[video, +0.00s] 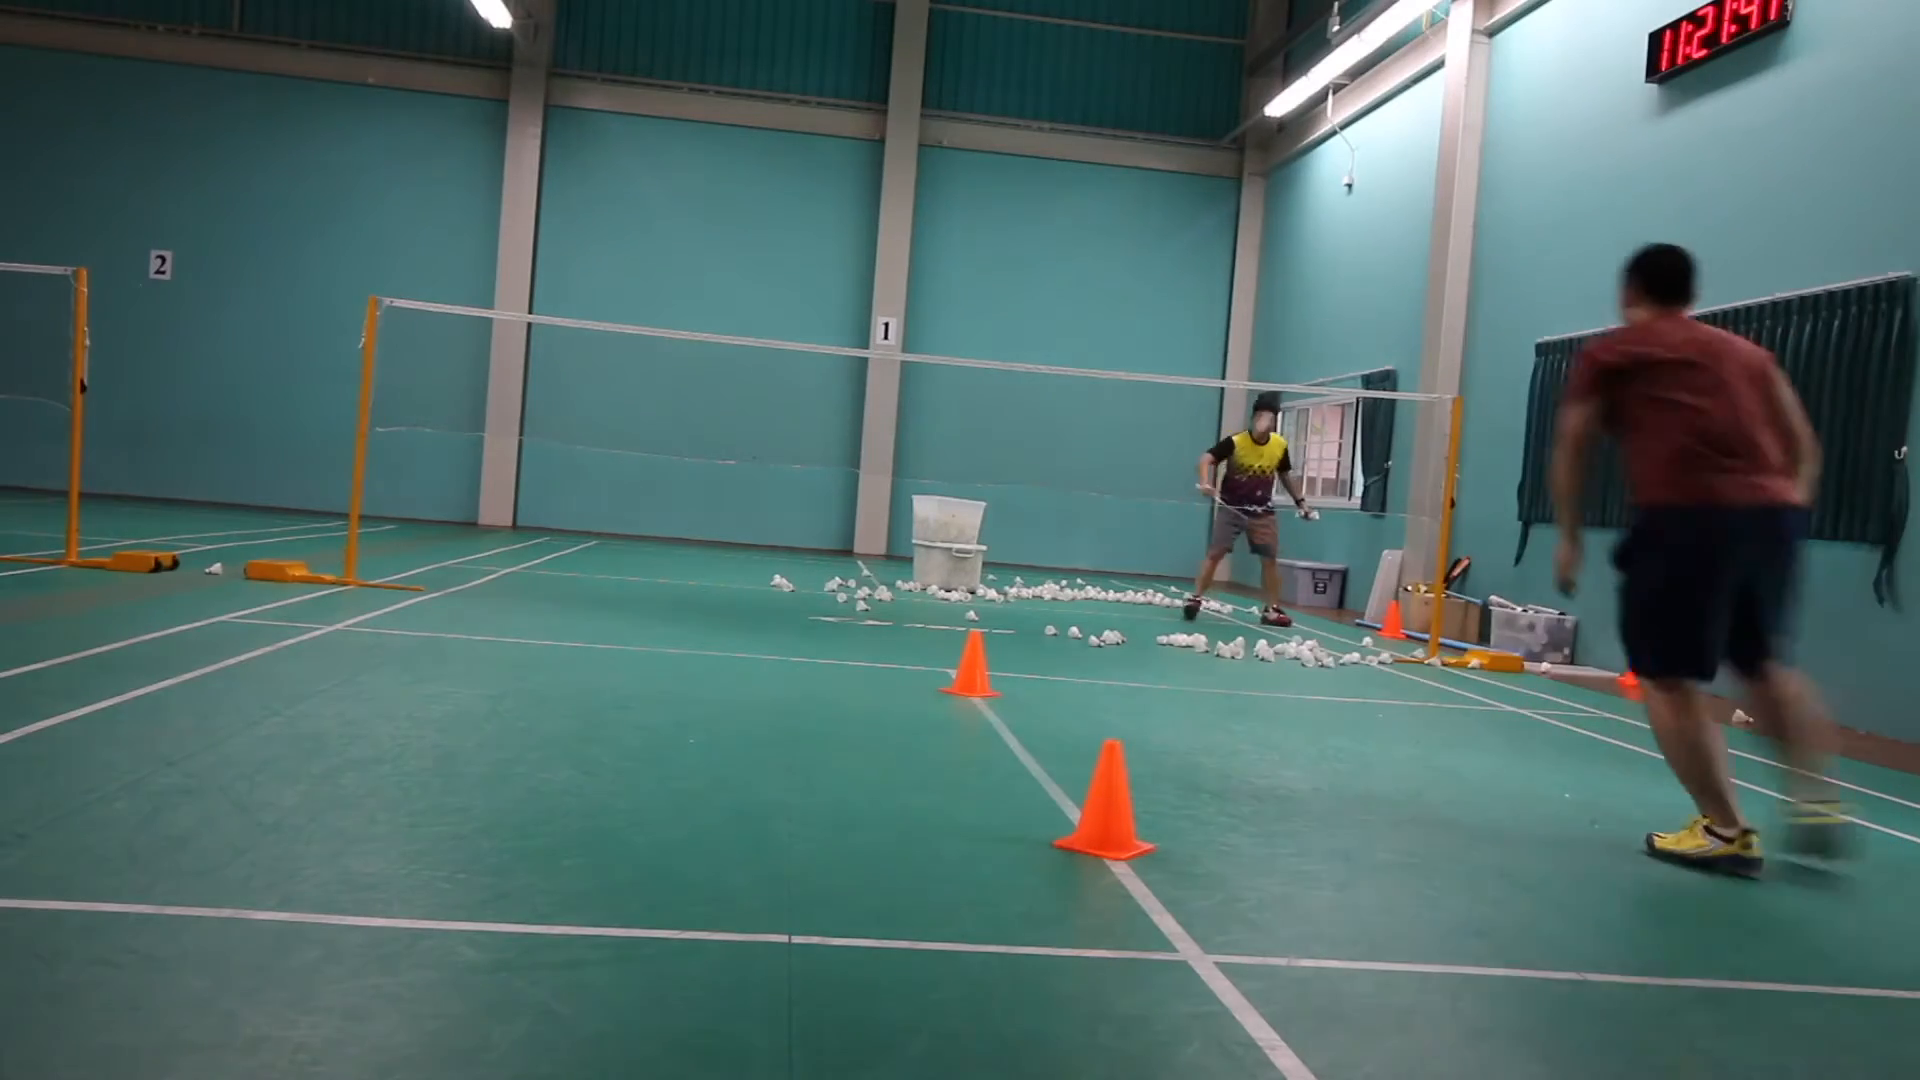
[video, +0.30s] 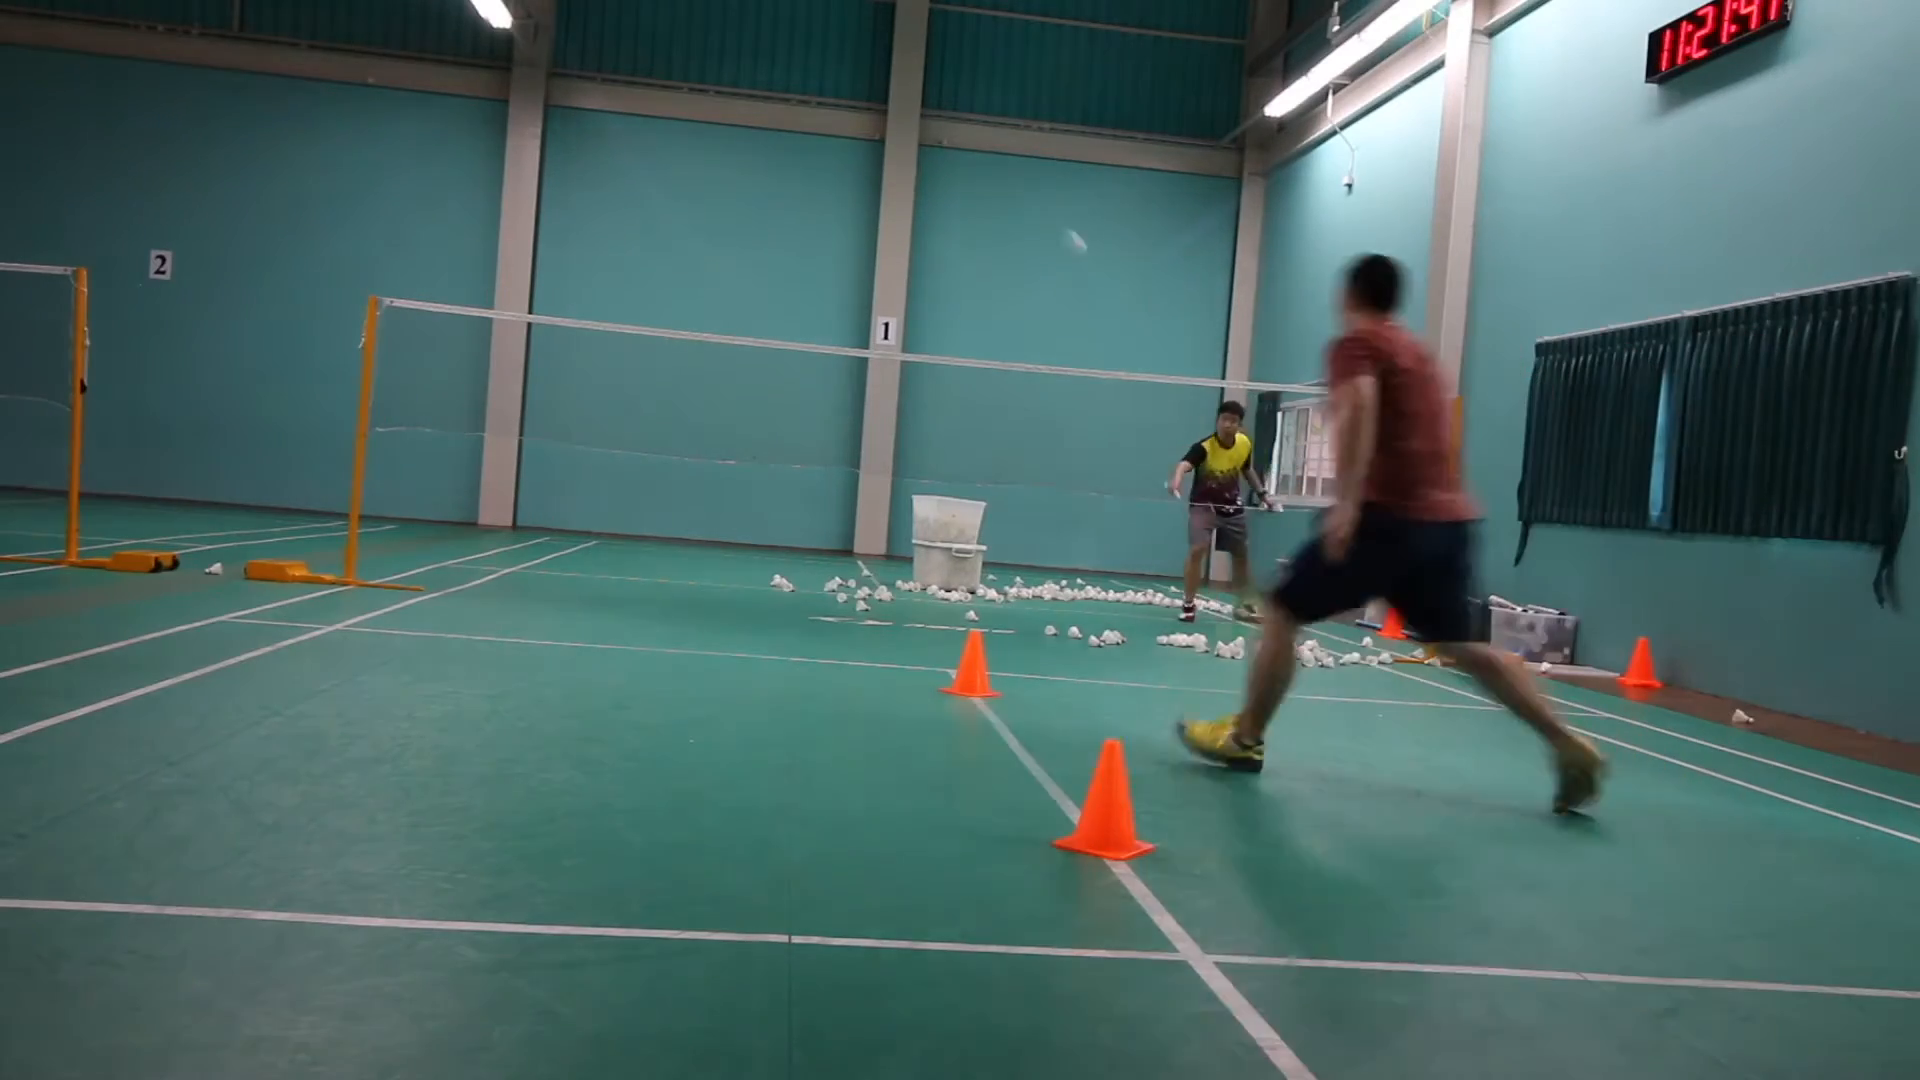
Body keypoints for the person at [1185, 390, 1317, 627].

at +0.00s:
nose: (1264, 420)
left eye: (1269, 416)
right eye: (1261, 415)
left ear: (1274, 420)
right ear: (1253, 417)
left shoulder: (1279, 446)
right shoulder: (1236, 442)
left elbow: (1286, 476)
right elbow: (1206, 459)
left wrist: (1300, 503)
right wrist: (1205, 483)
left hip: (1263, 513)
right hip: (1231, 509)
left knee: (1270, 559)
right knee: (1216, 554)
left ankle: (1272, 608)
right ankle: (1196, 598)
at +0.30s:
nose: (1228, 426)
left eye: (1233, 421)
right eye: (1225, 420)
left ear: (1240, 425)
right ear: (1217, 421)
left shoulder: (1245, 444)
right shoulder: (1205, 447)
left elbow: (1247, 470)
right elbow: (1185, 465)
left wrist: (1262, 494)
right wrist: (1176, 482)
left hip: (1232, 508)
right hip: (1203, 507)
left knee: (1241, 554)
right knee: (1198, 550)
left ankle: (1243, 603)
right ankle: (1189, 602)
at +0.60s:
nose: (1231, 417)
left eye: (1236, 413)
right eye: (1227, 412)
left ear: (1244, 417)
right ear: (1221, 416)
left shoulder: (1253, 442)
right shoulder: (1206, 445)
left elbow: (1258, 470)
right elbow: (1192, 478)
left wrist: (1271, 496)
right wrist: (1188, 507)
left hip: (1239, 511)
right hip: (1210, 509)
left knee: (1241, 557)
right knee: (1201, 553)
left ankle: (1234, 604)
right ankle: (1190, 601)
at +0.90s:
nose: (1242, 416)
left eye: (1246, 412)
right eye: (1238, 411)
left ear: (1252, 416)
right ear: (1230, 415)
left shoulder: (1260, 441)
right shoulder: (1215, 446)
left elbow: (1264, 472)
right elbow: (1202, 479)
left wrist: (1278, 497)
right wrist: (1203, 510)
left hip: (1246, 509)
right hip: (1220, 508)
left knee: (1246, 556)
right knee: (1215, 549)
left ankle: (1235, 604)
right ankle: (1197, 599)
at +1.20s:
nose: (1257, 410)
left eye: (1261, 407)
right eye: (1252, 405)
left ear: (1264, 414)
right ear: (1240, 410)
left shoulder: (1257, 444)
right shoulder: (1229, 428)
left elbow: (1248, 475)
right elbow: (1224, 408)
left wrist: (1261, 497)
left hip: (1241, 505)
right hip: (1219, 501)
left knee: (1241, 555)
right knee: (1222, 551)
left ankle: (1232, 603)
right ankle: (1208, 605)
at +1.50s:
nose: (1261, 406)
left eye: (1265, 405)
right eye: (1256, 403)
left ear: (1267, 414)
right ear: (1246, 409)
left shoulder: (1265, 444)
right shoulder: (1230, 424)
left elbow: (1264, 481)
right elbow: (1203, 410)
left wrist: (1280, 509)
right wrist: (1207, 378)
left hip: (1251, 503)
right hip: (1223, 496)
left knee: (1244, 556)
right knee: (1215, 548)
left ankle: (1232, 604)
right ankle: (1197, 600)